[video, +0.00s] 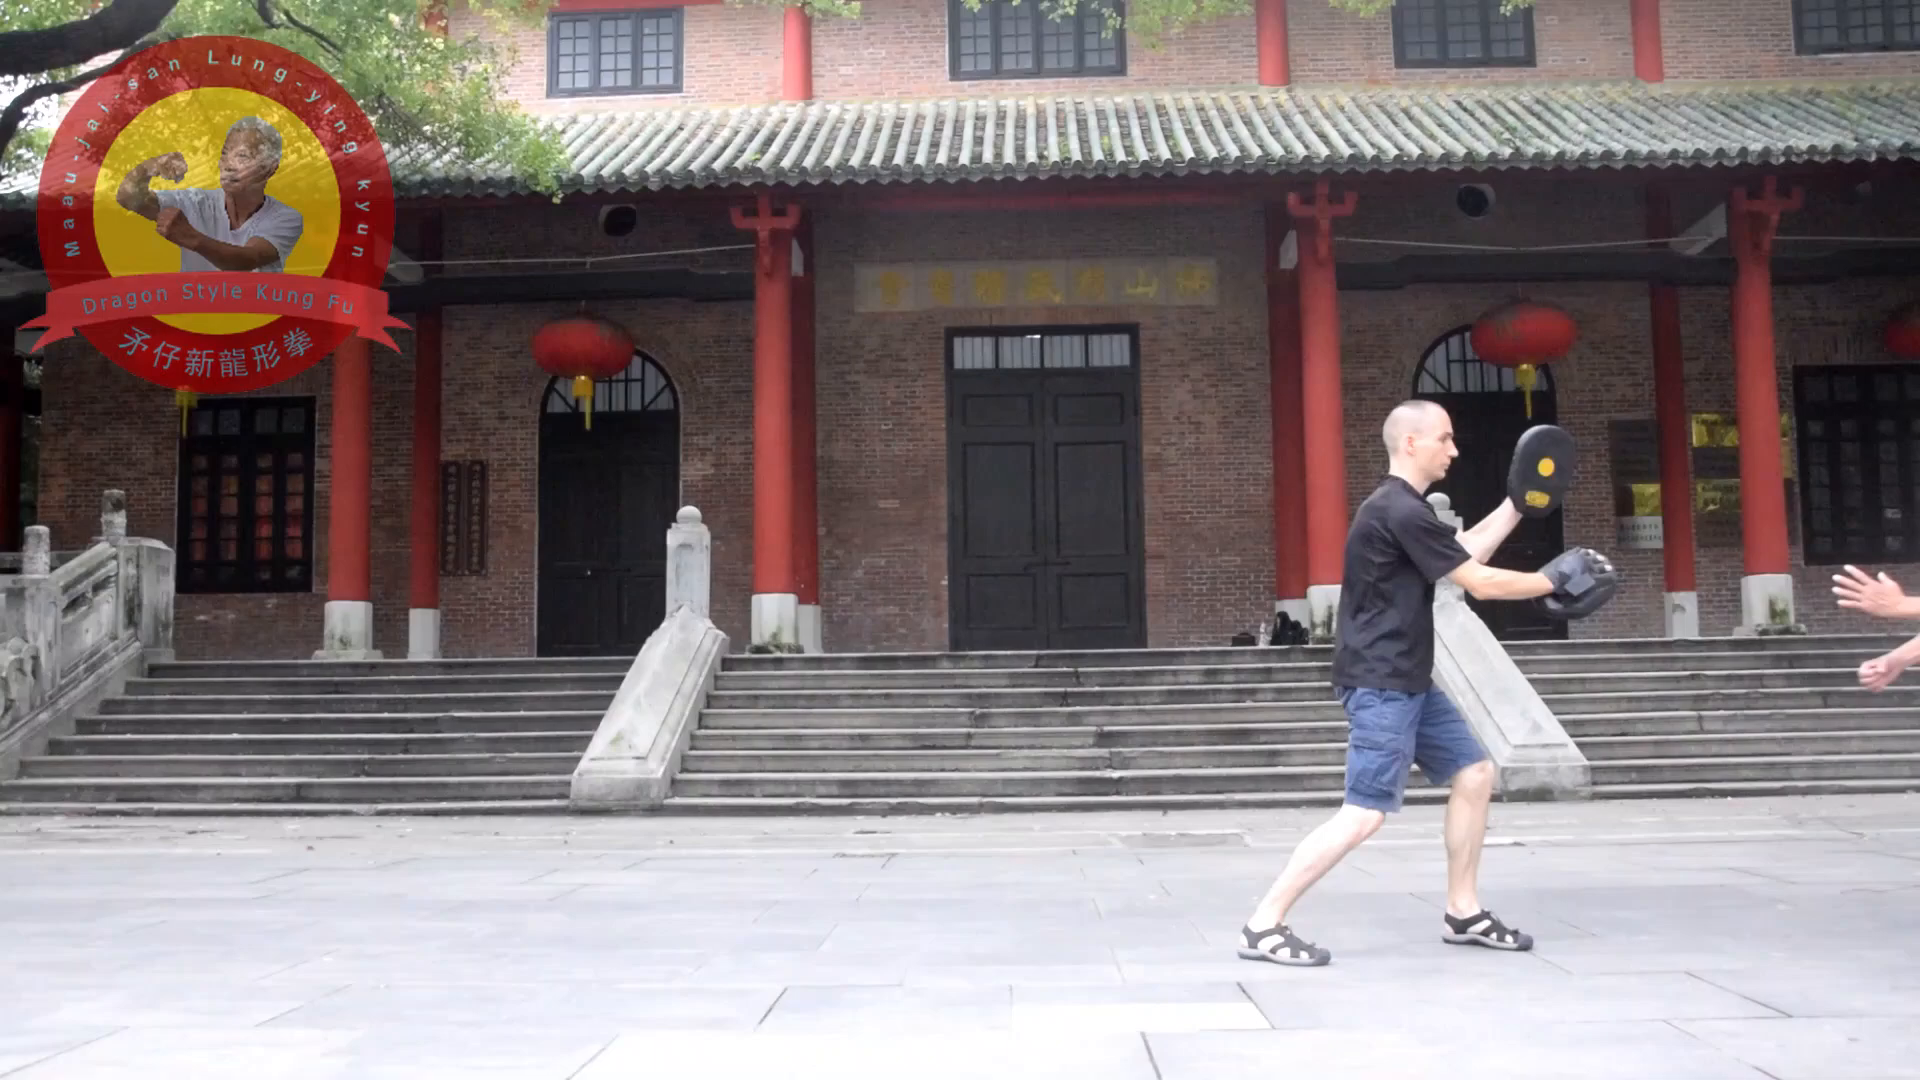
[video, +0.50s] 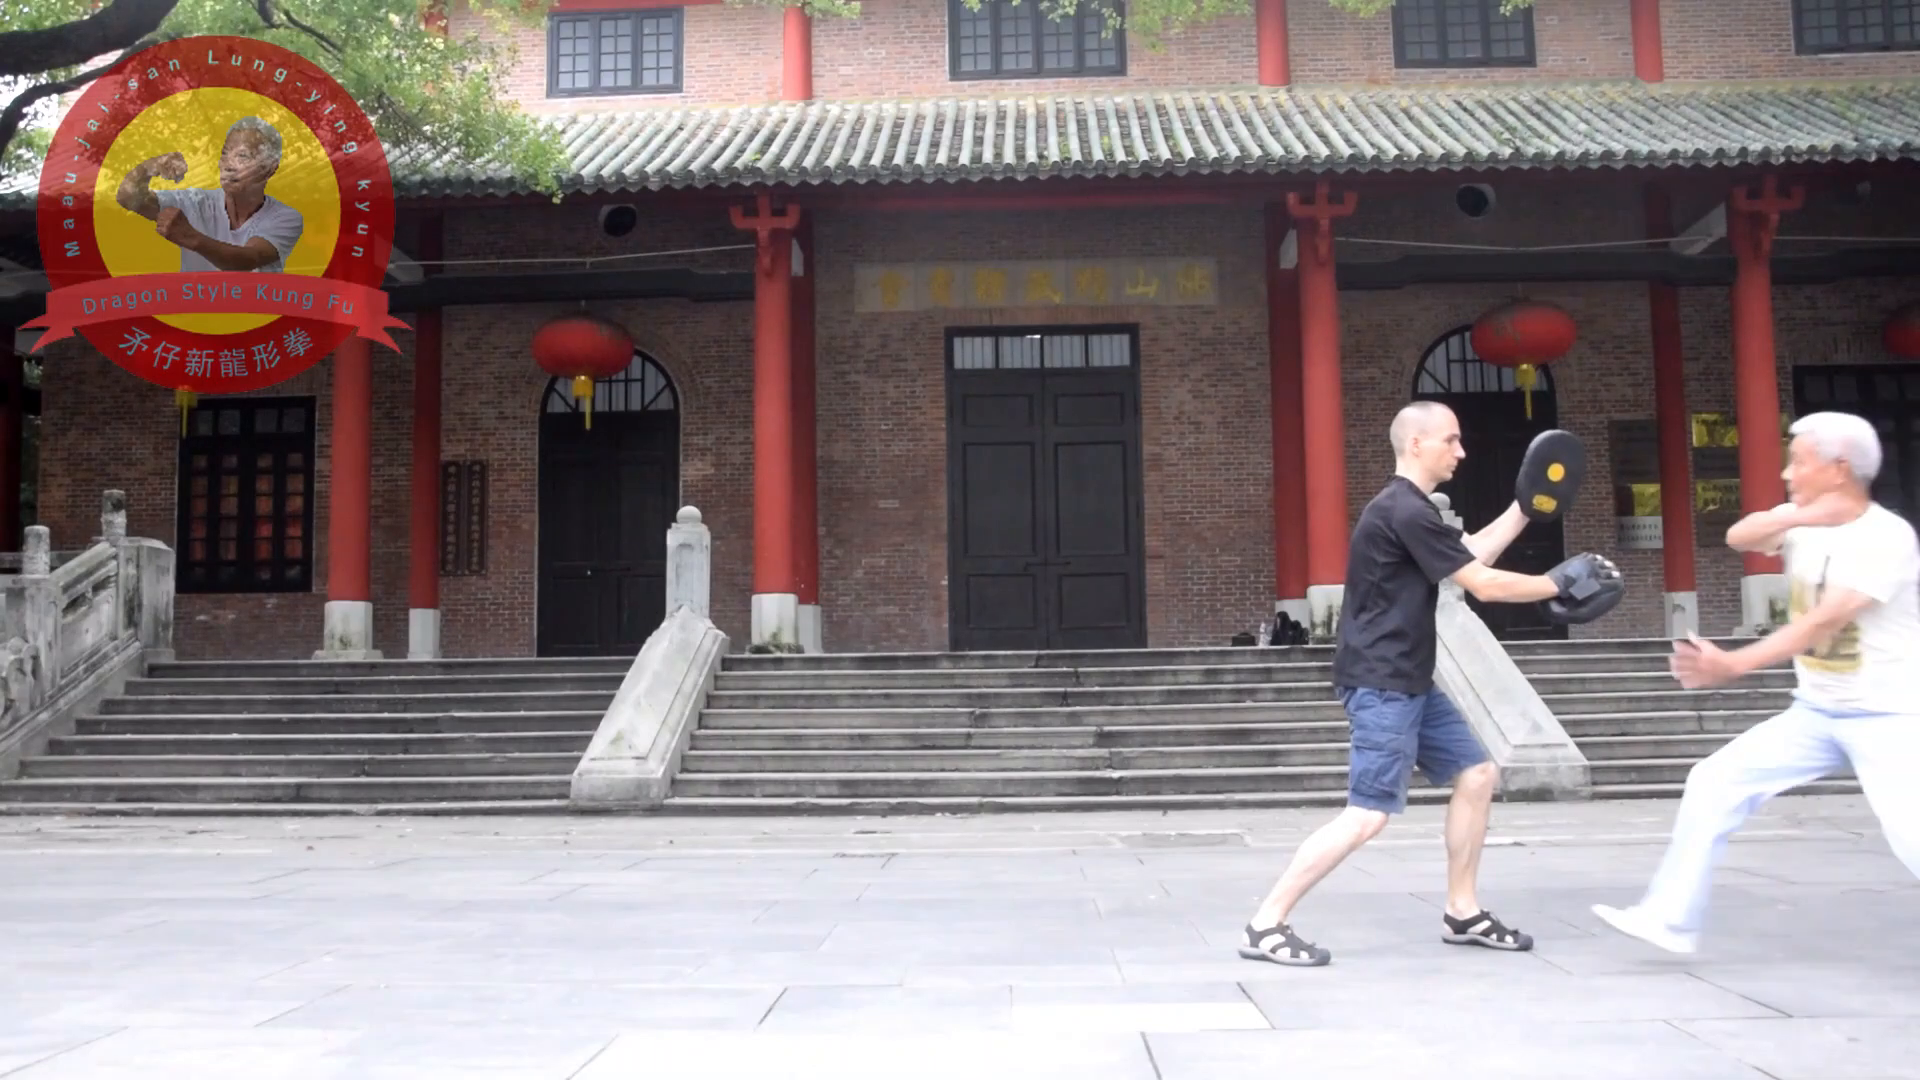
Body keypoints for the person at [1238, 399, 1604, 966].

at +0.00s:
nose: (1453, 449)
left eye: (1452, 439)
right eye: (1444, 439)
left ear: (1413, 445)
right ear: (1411, 444)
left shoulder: (1405, 503)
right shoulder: (1397, 508)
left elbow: (1464, 555)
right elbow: (1478, 583)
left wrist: (1520, 501)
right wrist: (1553, 583)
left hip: (1411, 681)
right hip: (1379, 681)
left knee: (1475, 776)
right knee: (1363, 815)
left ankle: (1463, 913)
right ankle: (1263, 924)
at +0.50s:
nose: (1461, 450)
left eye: (1459, 440)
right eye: (1451, 440)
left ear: (1420, 445)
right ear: (1417, 444)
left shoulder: (1413, 504)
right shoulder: (1402, 510)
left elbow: (1470, 557)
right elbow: (1482, 585)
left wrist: (1525, 507)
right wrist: (1558, 586)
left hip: (1412, 680)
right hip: (1381, 681)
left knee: (1477, 777)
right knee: (1367, 816)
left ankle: (1463, 913)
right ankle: (1265, 924)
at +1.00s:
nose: (1418, 443)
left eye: (1415, 432)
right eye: (1408, 434)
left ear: (1369, 444)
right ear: (1376, 441)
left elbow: (1386, 561)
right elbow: (1449, 586)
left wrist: (1433, 518)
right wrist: (1478, 609)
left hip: (1373, 672)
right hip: (1377, 675)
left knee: (1452, 776)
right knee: (1364, 814)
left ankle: (1463, 912)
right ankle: (1265, 923)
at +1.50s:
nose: (1319, 458)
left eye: (1317, 448)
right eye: (1309, 448)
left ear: (1279, 454)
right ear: (1275, 453)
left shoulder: (1265, 512)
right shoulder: (1257, 513)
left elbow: (1302, 596)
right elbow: (1332, 576)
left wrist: (1355, 574)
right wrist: (1420, 604)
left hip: (1248, 673)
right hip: (1232, 677)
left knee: (1325, 767)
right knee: (1316, 789)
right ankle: (1249, 926)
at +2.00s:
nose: (1184, 480)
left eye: (1183, 469)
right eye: (1175, 470)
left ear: (1142, 480)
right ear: (1139, 477)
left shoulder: (1125, 537)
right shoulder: (1116, 530)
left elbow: (1183, 611)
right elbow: (1205, 547)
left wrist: (1257, 609)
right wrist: (1261, 496)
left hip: (1053, 691)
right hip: (1076, 690)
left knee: (1033, 826)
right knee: (1185, 783)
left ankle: (925, 923)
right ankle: (1169, 935)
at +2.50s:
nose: (1161, 473)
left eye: (1160, 462)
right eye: (1152, 462)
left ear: (1119, 470)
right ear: (1117, 468)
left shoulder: (1109, 532)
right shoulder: (1096, 525)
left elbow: (1170, 600)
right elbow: (1188, 537)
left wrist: (1242, 596)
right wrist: (1246, 485)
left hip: (1046, 691)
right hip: (1070, 690)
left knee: (1030, 822)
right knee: (1180, 784)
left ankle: (925, 923)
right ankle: (1169, 936)